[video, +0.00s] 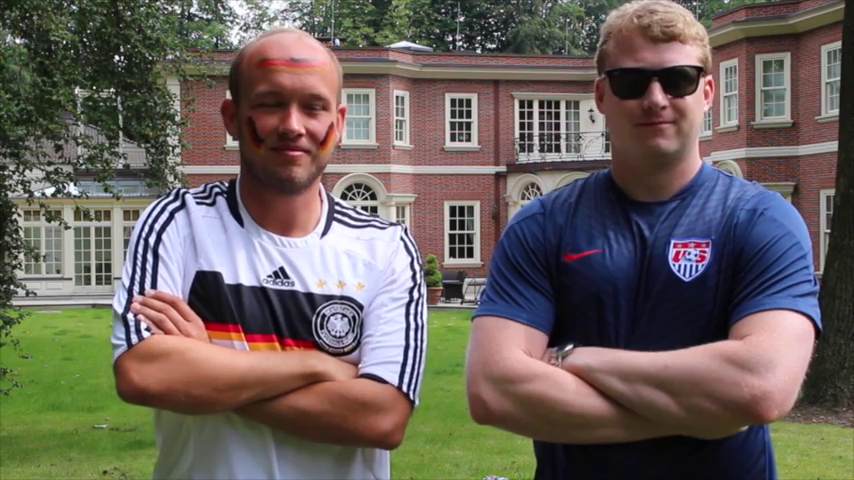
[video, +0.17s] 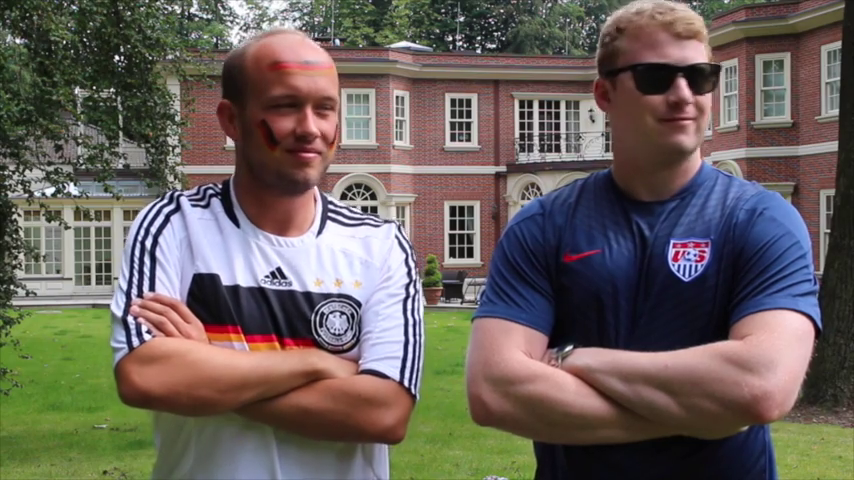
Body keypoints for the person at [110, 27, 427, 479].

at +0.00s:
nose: (293, 126)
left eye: (314, 107)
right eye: (271, 104)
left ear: (338, 124)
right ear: (232, 118)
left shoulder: (387, 249)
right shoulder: (174, 221)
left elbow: (384, 421)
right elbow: (138, 374)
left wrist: (211, 372)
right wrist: (318, 365)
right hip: (201, 473)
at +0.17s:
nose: (310, 129)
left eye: (324, 108)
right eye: (285, 106)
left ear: (338, 119)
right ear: (230, 120)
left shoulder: (381, 245)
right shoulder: (169, 225)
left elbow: (387, 415)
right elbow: (140, 377)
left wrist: (211, 374)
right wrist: (318, 363)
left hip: (342, 475)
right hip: (201, 473)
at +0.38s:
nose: (308, 129)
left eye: (318, 109)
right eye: (283, 107)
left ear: (329, 116)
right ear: (221, 121)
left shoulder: (367, 241)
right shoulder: (156, 229)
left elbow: (389, 405)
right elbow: (145, 384)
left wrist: (213, 375)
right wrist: (320, 359)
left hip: (340, 475)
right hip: (200, 473)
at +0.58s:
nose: (303, 129)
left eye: (311, 108)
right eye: (277, 107)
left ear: (322, 116)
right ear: (214, 121)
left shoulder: (358, 239)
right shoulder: (149, 230)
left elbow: (388, 403)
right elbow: (146, 387)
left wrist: (214, 375)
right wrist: (316, 357)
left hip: (336, 476)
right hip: (198, 474)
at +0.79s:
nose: (297, 122)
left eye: (306, 103)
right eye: (271, 101)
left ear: (314, 112)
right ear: (208, 119)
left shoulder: (350, 240)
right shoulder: (143, 232)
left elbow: (389, 404)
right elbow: (134, 389)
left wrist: (213, 370)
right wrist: (299, 340)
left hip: (332, 473)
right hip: (192, 473)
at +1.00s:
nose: (288, 122)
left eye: (295, 103)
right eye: (263, 100)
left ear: (304, 110)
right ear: (197, 119)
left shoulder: (339, 242)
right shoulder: (136, 239)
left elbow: (405, 411)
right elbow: (169, 407)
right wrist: (342, 322)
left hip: (323, 475)